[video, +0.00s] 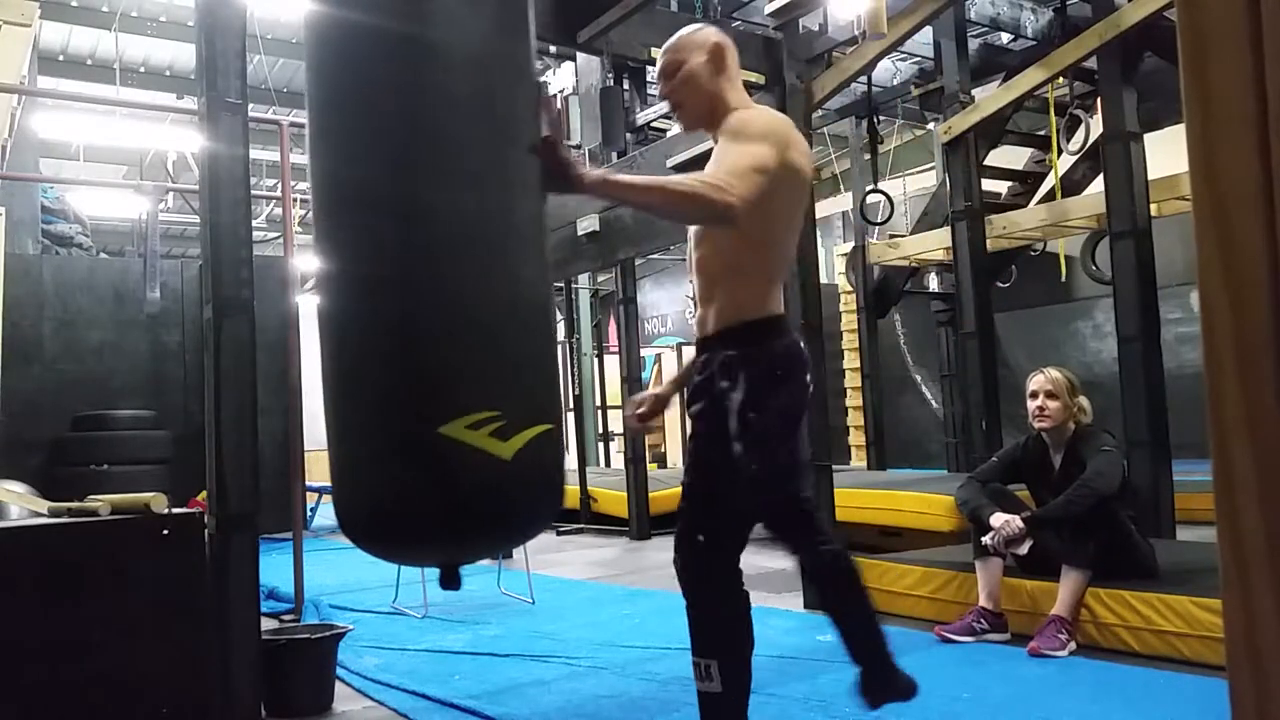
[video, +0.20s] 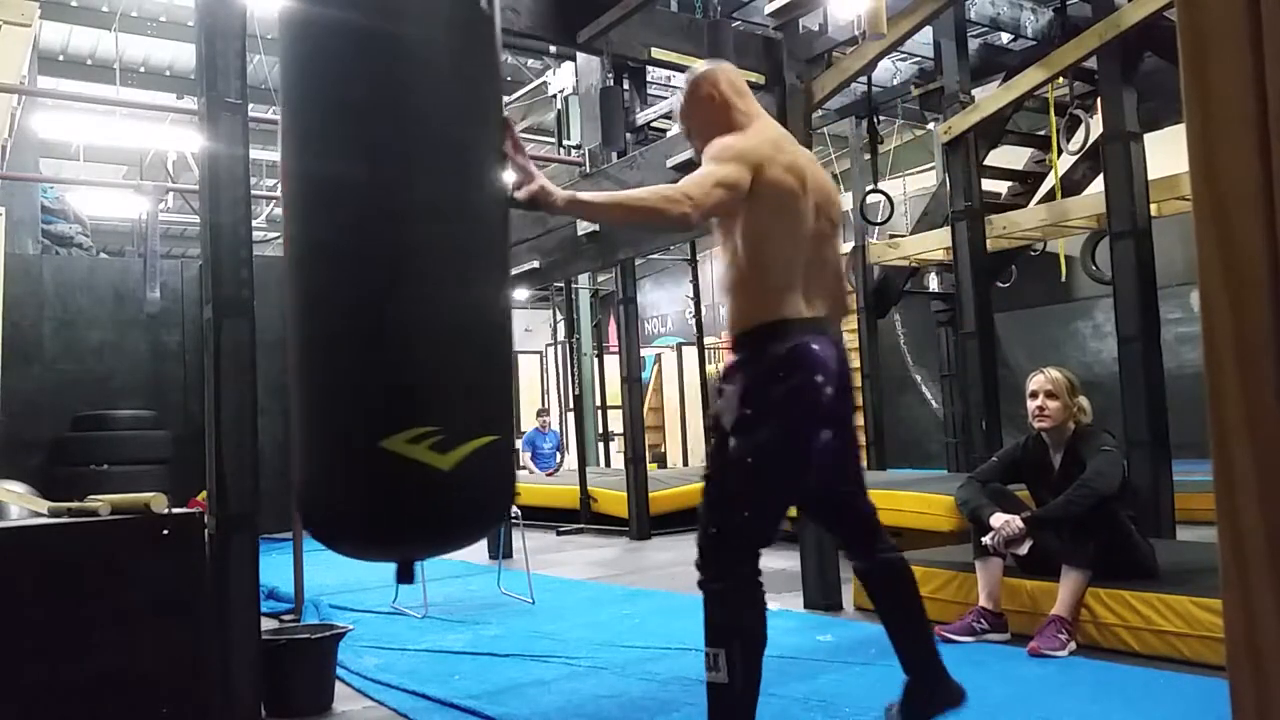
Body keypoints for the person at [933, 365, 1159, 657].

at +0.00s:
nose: (1040, 404)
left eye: (1051, 396)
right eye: (1034, 397)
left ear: (1072, 406)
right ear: (1026, 406)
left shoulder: (1097, 442)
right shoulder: (1028, 449)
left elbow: (1101, 484)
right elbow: (967, 488)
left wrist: (1028, 521)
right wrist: (992, 516)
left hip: (1118, 560)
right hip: (1059, 555)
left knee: (1089, 505)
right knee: (989, 495)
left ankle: (1061, 621)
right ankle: (988, 612)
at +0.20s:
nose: (1040, 404)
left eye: (1051, 396)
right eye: (1033, 396)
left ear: (1071, 405)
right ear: (1026, 406)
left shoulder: (1097, 442)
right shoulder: (1027, 449)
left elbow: (1100, 484)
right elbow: (967, 488)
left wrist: (1027, 522)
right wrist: (993, 517)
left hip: (1118, 560)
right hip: (1058, 556)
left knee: (1089, 505)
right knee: (989, 495)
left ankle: (1061, 621)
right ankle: (989, 612)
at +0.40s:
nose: (1039, 403)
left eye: (1050, 396)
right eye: (1033, 396)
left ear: (1071, 405)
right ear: (1025, 406)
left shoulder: (1097, 442)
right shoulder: (1026, 449)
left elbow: (1100, 484)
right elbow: (967, 488)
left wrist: (1026, 522)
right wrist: (992, 516)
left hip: (1118, 559)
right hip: (1057, 557)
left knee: (1091, 504)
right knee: (989, 496)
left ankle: (1060, 621)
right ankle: (989, 612)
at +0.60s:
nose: (1040, 404)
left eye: (1051, 397)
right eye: (1033, 397)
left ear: (1071, 406)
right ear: (1025, 406)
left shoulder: (1097, 442)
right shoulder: (1027, 449)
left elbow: (1100, 485)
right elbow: (967, 488)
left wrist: (1028, 522)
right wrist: (993, 517)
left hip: (1118, 560)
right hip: (1057, 556)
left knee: (1091, 505)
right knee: (989, 495)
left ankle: (1061, 621)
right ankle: (989, 612)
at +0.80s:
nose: (1040, 404)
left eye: (1051, 397)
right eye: (1033, 397)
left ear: (1071, 406)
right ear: (1026, 406)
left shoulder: (1098, 442)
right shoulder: (1026, 449)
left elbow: (1100, 486)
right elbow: (967, 488)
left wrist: (1026, 522)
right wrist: (992, 516)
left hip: (1117, 560)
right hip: (1057, 557)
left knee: (1091, 505)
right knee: (989, 495)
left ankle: (1061, 621)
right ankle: (989, 612)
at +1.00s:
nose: (1040, 404)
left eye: (1051, 397)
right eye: (1033, 397)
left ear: (1071, 406)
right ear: (1026, 406)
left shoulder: (1098, 442)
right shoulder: (1027, 449)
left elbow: (1100, 486)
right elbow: (967, 487)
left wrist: (1027, 522)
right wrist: (992, 517)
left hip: (1118, 560)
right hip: (1057, 556)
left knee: (1091, 505)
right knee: (990, 496)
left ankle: (1061, 621)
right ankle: (988, 612)